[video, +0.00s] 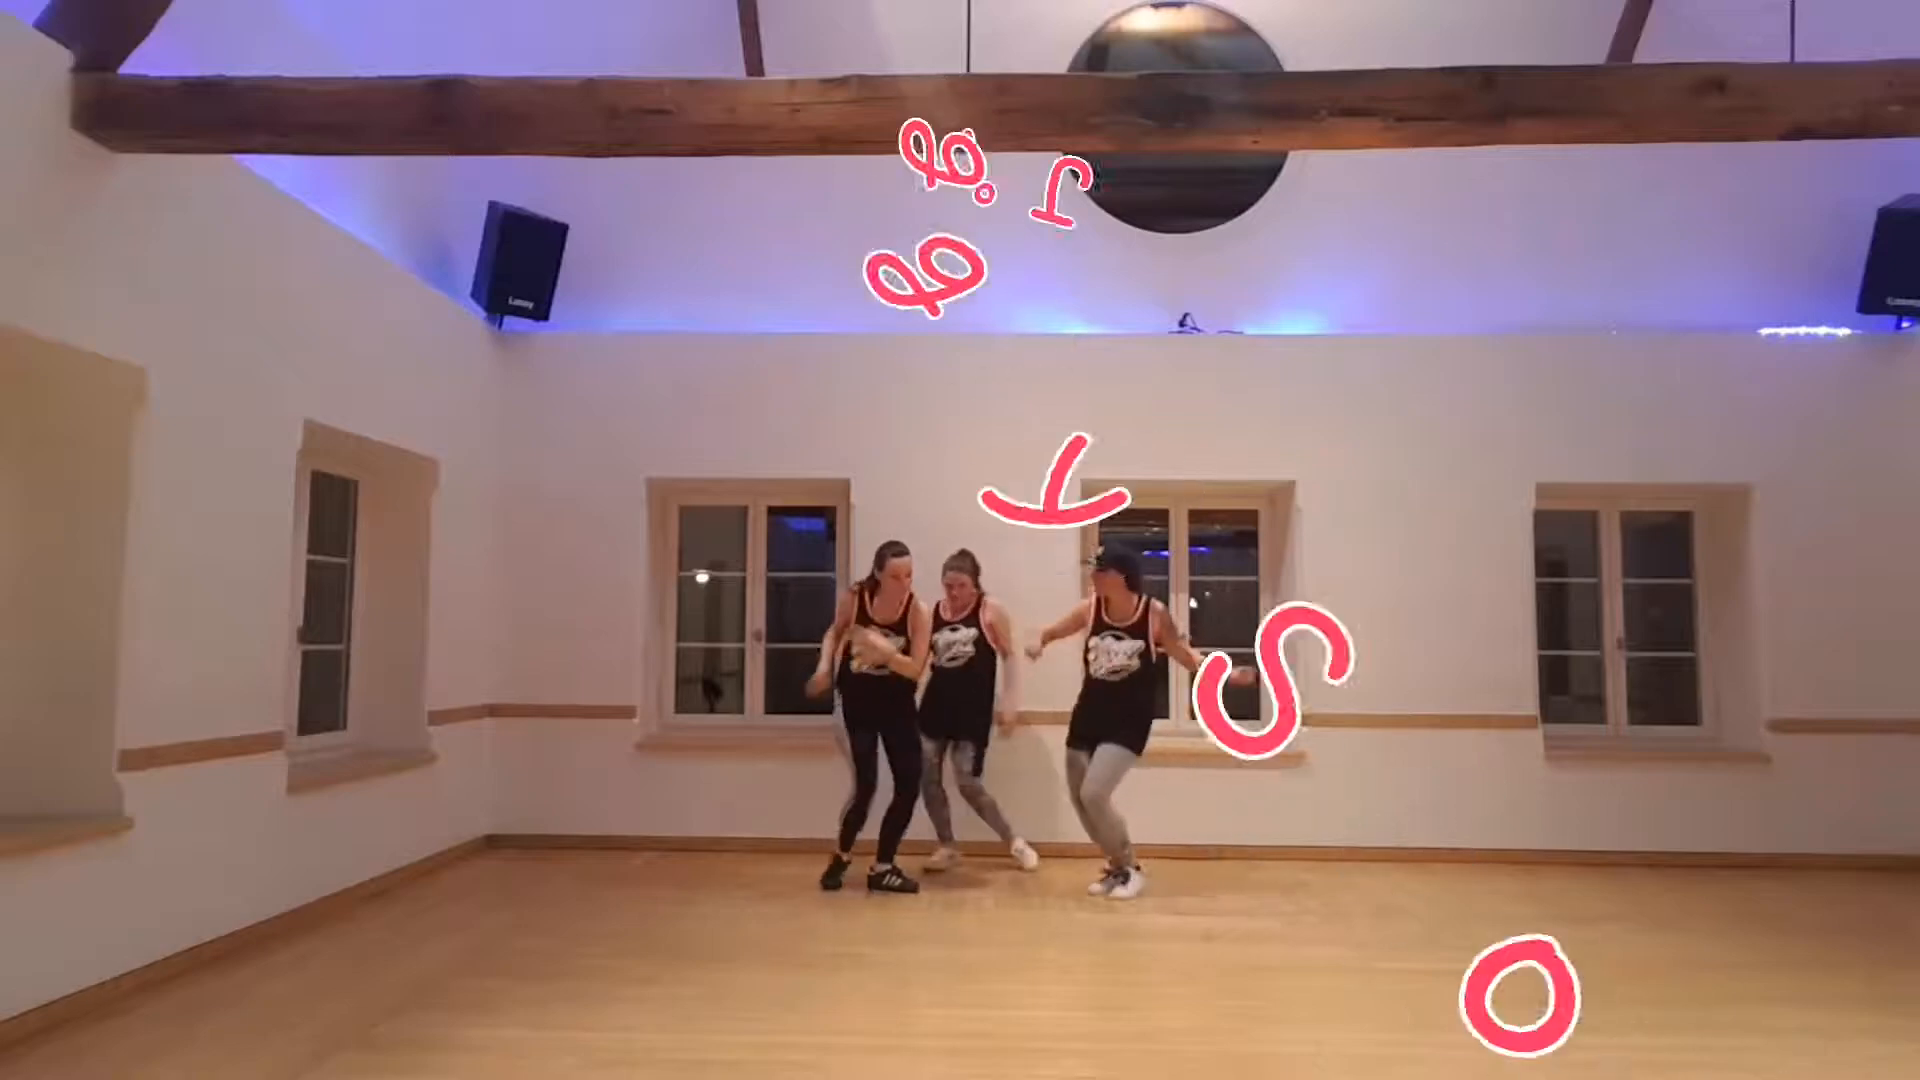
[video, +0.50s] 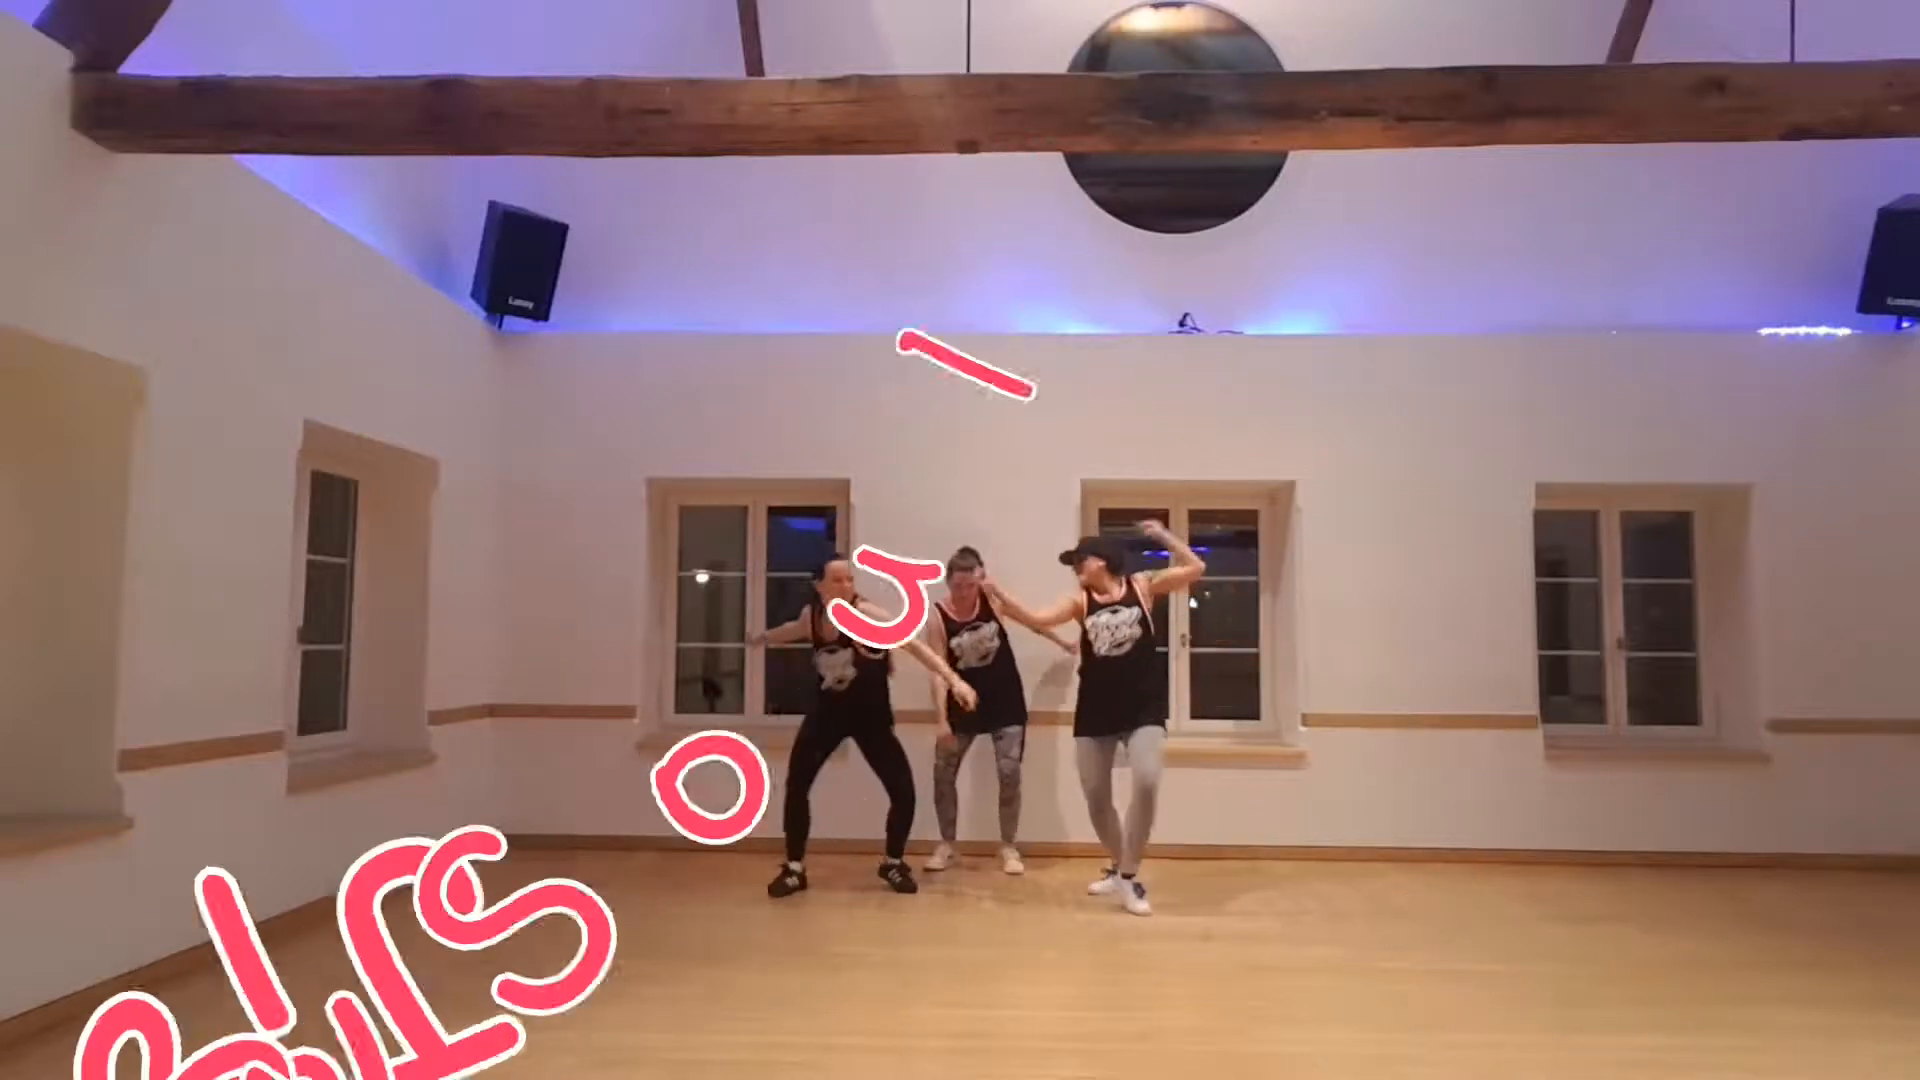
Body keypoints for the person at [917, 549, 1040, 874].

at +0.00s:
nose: (953, 592)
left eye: (960, 586)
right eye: (948, 585)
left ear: (976, 585)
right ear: (942, 583)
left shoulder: (991, 613)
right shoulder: (932, 613)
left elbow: (1010, 657)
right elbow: (918, 658)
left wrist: (1010, 704)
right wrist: (903, 695)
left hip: (973, 706)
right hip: (936, 702)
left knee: (968, 784)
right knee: (928, 778)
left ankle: (1013, 842)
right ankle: (947, 845)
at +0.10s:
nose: (951, 591)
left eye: (957, 585)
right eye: (945, 584)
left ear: (972, 582)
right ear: (939, 582)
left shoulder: (987, 607)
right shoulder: (928, 610)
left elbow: (1005, 652)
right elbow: (921, 658)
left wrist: (1012, 696)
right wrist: (904, 690)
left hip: (976, 701)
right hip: (939, 698)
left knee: (958, 776)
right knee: (930, 774)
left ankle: (1006, 840)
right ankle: (945, 844)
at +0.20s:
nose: (950, 586)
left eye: (957, 580)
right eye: (945, 580)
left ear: (970, 578)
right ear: (938, 578)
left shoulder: (986, 601)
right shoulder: (927, 608)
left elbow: (1010, 638)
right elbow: (922, 661)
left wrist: (1027, 676)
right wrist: (923, 711)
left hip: (980, 699)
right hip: (941, 701)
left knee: (973, 770)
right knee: (937, 776)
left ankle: (1004, 840)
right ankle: (945, 844)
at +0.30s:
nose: (949, 584)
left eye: (955, 577)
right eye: (944, 577)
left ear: (969, 574)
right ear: (936, 574)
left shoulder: (985, 593)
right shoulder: (928, 606)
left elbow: (1015, 622)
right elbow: (928, 659)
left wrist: (1039, 653)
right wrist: (934, 709)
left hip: (989, 696)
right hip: (948, 700)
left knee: (993, 766)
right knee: (940, 772)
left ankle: (1006, 843)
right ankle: (944, 842)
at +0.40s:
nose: (955, 587)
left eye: (961, 580)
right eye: (949, 580)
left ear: (973, 576)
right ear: (941, 577)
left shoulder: (988, 595)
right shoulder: (929, 612)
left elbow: (1021, 616)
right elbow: (934, 663)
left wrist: (1049, 641)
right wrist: (940, 710)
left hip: (997, 695)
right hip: (956, 698)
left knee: (1004, 769)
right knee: (941, 769)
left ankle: (1008, 844)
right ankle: (945, 843)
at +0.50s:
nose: (963, 592)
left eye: (969, 585)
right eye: (958, 586)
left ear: (980, 578)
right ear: (948, 581)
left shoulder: (991, 597)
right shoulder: (938, 614)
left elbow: (1028, 620)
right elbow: (938, 669)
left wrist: (1063, 642)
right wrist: (941, 719)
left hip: (1004, 697)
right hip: (963, 701)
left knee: (1009, 771)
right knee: (943, 768)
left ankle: (1008, 846)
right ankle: (947, 844)